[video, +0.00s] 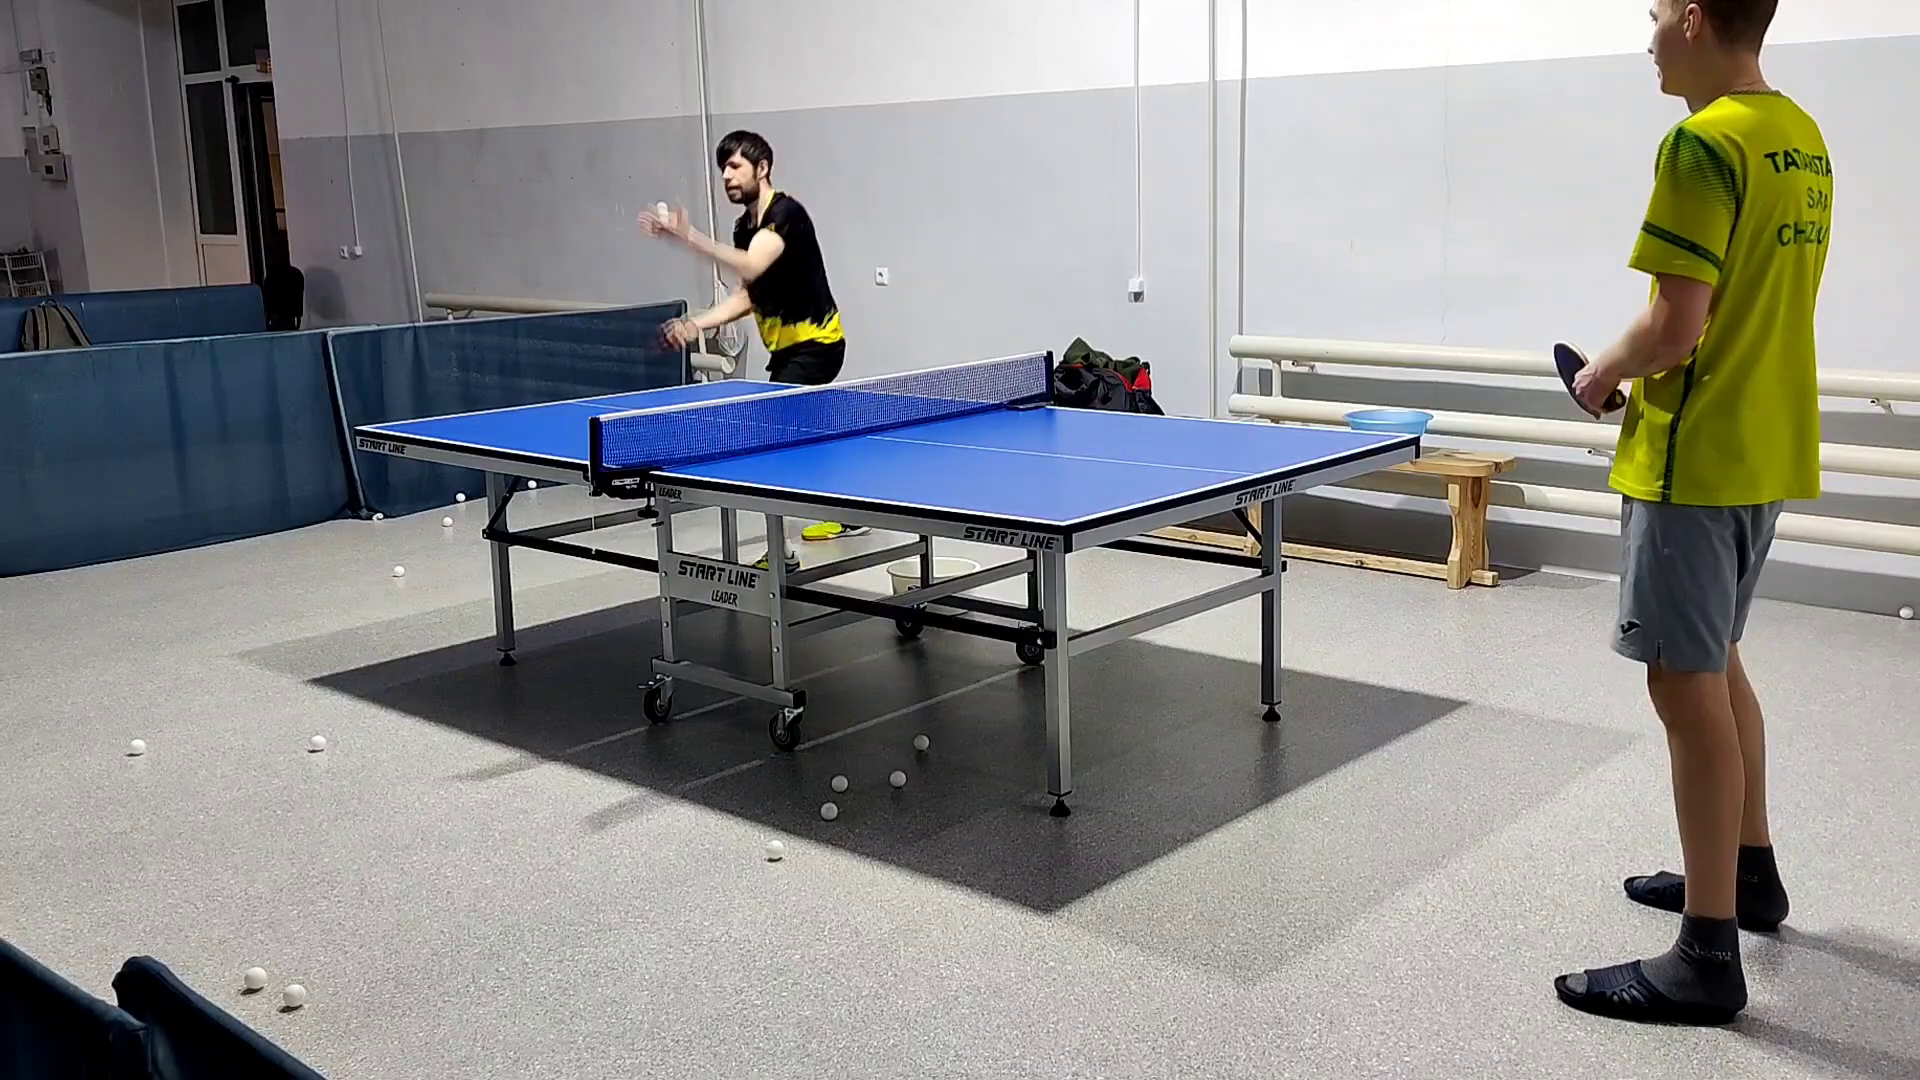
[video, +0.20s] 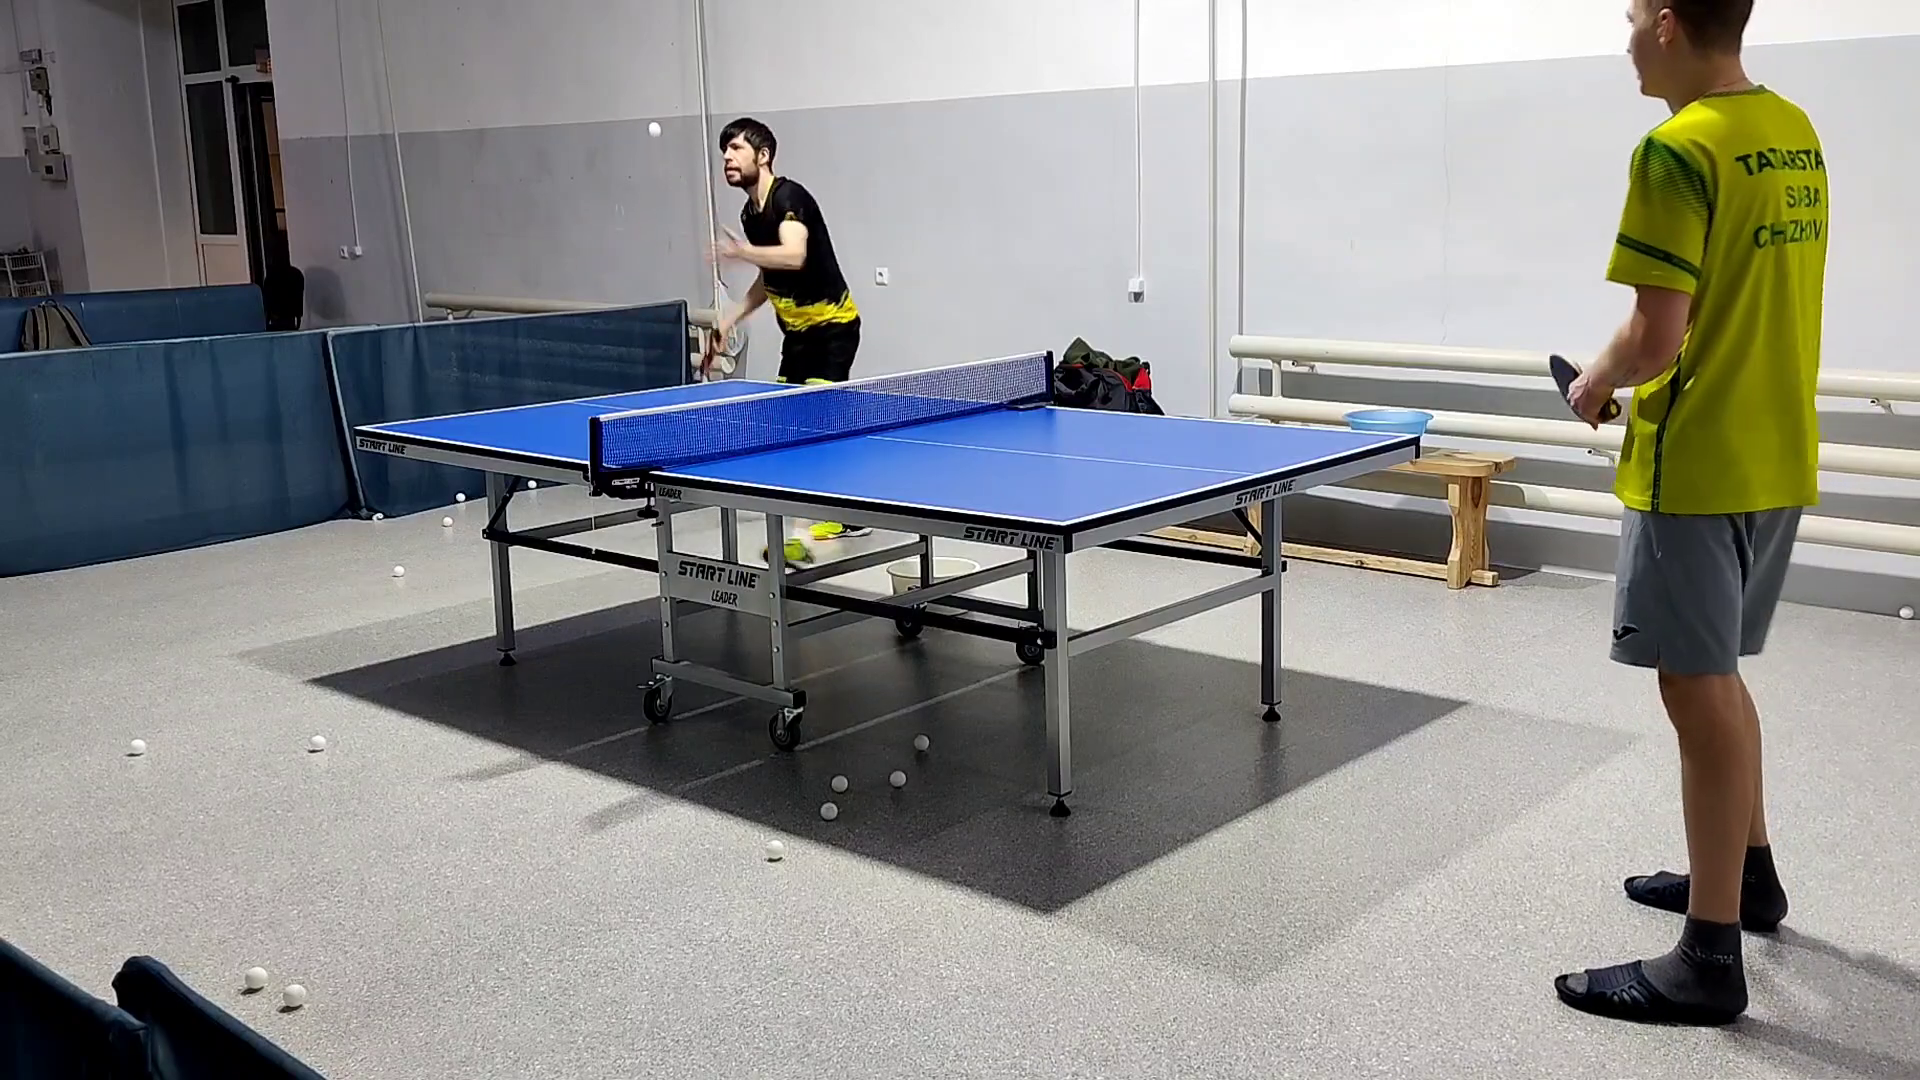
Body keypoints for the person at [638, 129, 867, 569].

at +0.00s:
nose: (726, 176)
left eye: (734, 166)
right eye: (723, 169)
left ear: (762, 168)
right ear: (725, 175)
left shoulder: (787, 211)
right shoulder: (745, 227)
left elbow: (752, 266)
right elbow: (746, 299)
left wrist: (688, 236)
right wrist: (695, 324)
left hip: (817, 346)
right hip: (784, 349)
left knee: (765, 426)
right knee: (804, 434)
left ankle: (780, 550)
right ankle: (844, 512)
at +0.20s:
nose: (727, 157)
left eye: (737, 148)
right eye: (726, 150)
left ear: (764, 154)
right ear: (729, 159)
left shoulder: (789, 195)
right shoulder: (750, 213)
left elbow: (795, 255)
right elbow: (767, 278)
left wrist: (744, 252)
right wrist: (732, 322)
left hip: (832, 325)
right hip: (796, 328)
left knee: (813, 418)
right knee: (789, 421)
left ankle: (833, 518)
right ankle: (841, 512)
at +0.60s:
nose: (745, 215)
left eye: (753, 205)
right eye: (742, 207)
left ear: (779, 204)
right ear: (742, 207)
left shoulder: (818, 242)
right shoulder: (758, 238)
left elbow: (869, 302)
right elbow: (738, 260)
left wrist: (870, 362)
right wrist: (686, 270)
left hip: (848, 342)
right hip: (807, 340)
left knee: (842, 423)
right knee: (787, 417)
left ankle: (859, 522)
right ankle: (837, 513)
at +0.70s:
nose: (772, 236)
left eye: (779, 227)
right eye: (766, 228)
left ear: (800, 220)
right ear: (761, 224)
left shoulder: (834, 252)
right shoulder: (761, 241)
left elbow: (879, 314)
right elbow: (722, 274)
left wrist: (881, 373)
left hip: (851, 343)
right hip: (805, 343)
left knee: (845, 423)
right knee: (784, 416)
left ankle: (859, 523)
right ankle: (836, 514)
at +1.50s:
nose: (745, 164)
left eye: (750, 153)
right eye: (734, 157)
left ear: (763, 150)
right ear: (722, 162)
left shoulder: (790, 194)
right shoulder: (712, 210)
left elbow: (824, 255)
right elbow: (685, 278)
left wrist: (850, 302)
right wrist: (740, 299)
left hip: (793, 322)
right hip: (742, 329)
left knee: (844, 408)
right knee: (732, 427)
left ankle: (870, 507)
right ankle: (714, 535)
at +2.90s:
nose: (814, 174)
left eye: (818, 163)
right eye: (803, 168)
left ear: (831, 167)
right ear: (794, 176)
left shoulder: (856, 220)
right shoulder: (788, 217)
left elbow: (888, 285)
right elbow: (754, 207)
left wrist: (867, 280)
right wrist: (787, 151)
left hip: (852, 351)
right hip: (802, 351)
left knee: (909, 415)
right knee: (778, 420)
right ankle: (761, 529)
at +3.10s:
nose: (795, 145)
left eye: (801, 134)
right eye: (785, 138)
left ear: (813, 137)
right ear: (772, 146)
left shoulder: (836, 189)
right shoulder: (764, 189)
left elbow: (871, 249)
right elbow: (732, 235)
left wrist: (852, 260)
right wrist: (750, 189)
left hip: (832, 319)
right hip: (784, 319)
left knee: (874, 409)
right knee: (771, 414)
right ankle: (745, 529)